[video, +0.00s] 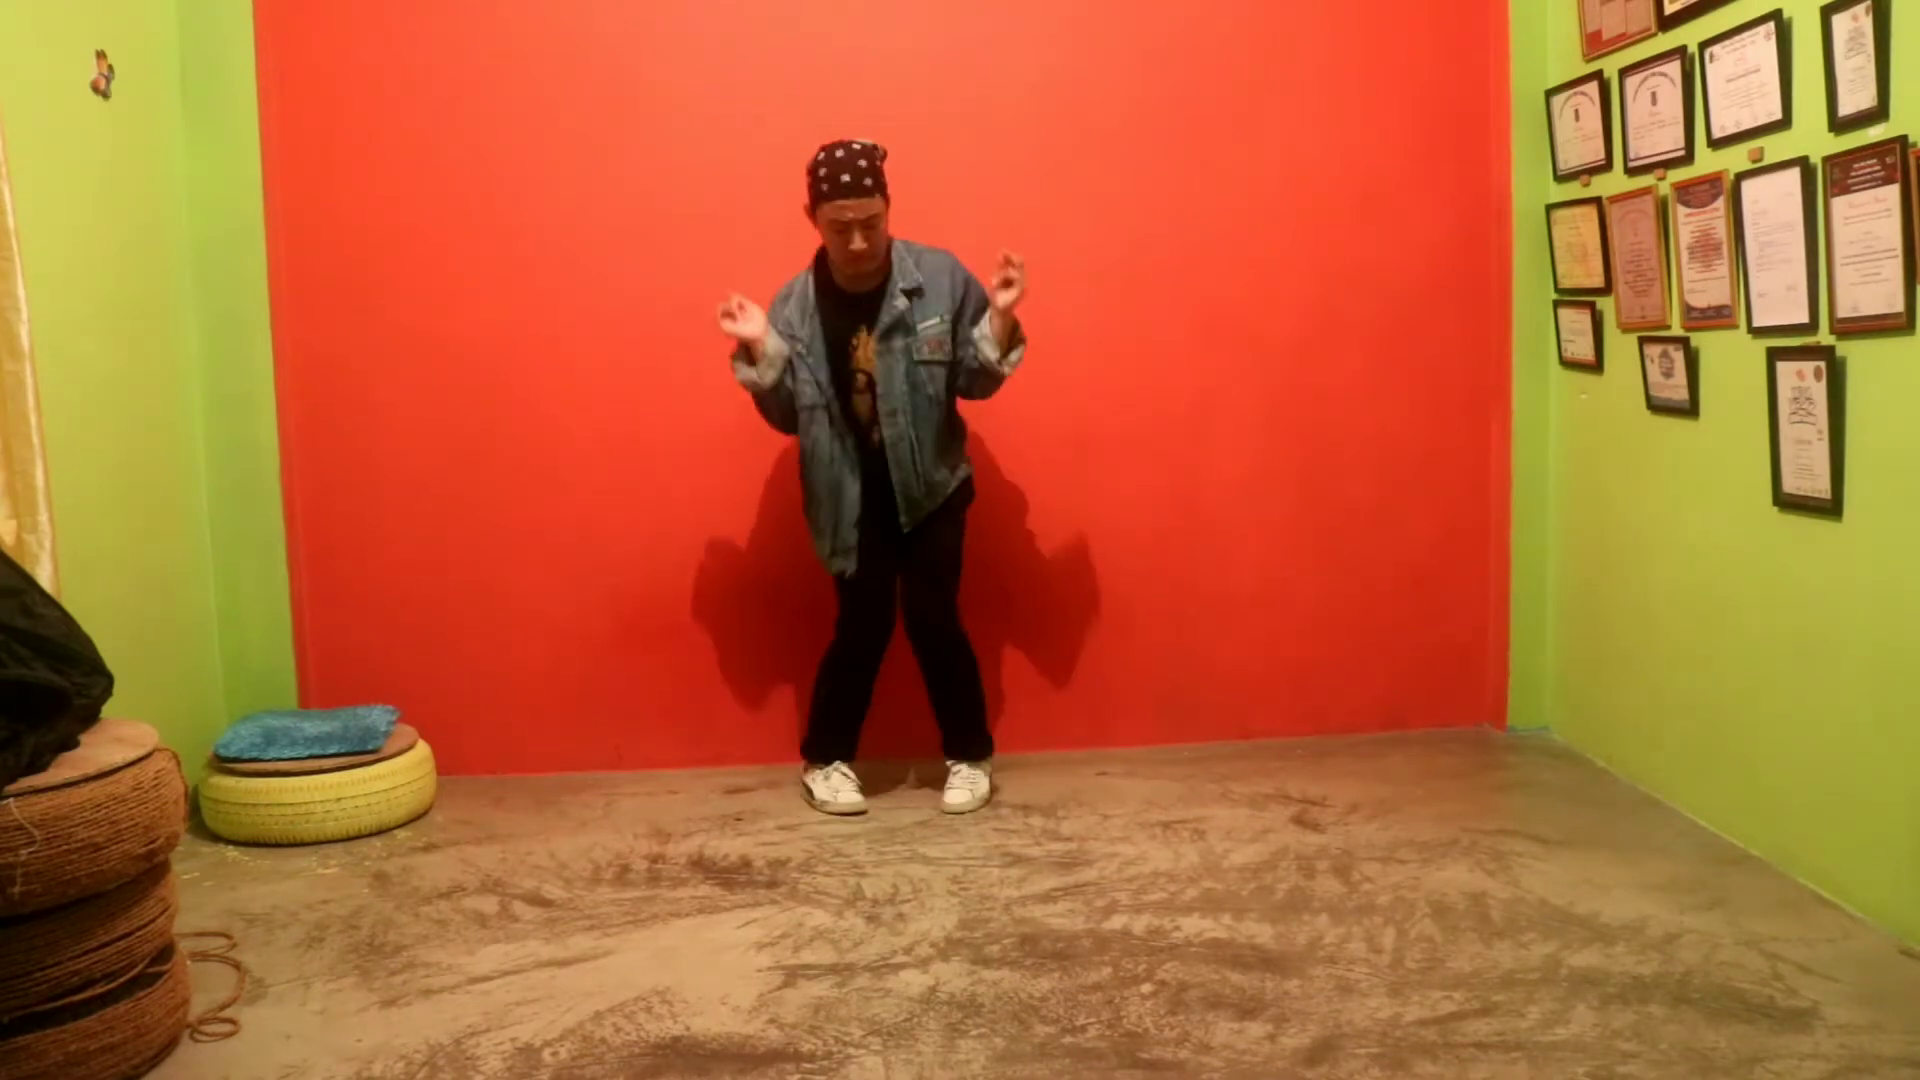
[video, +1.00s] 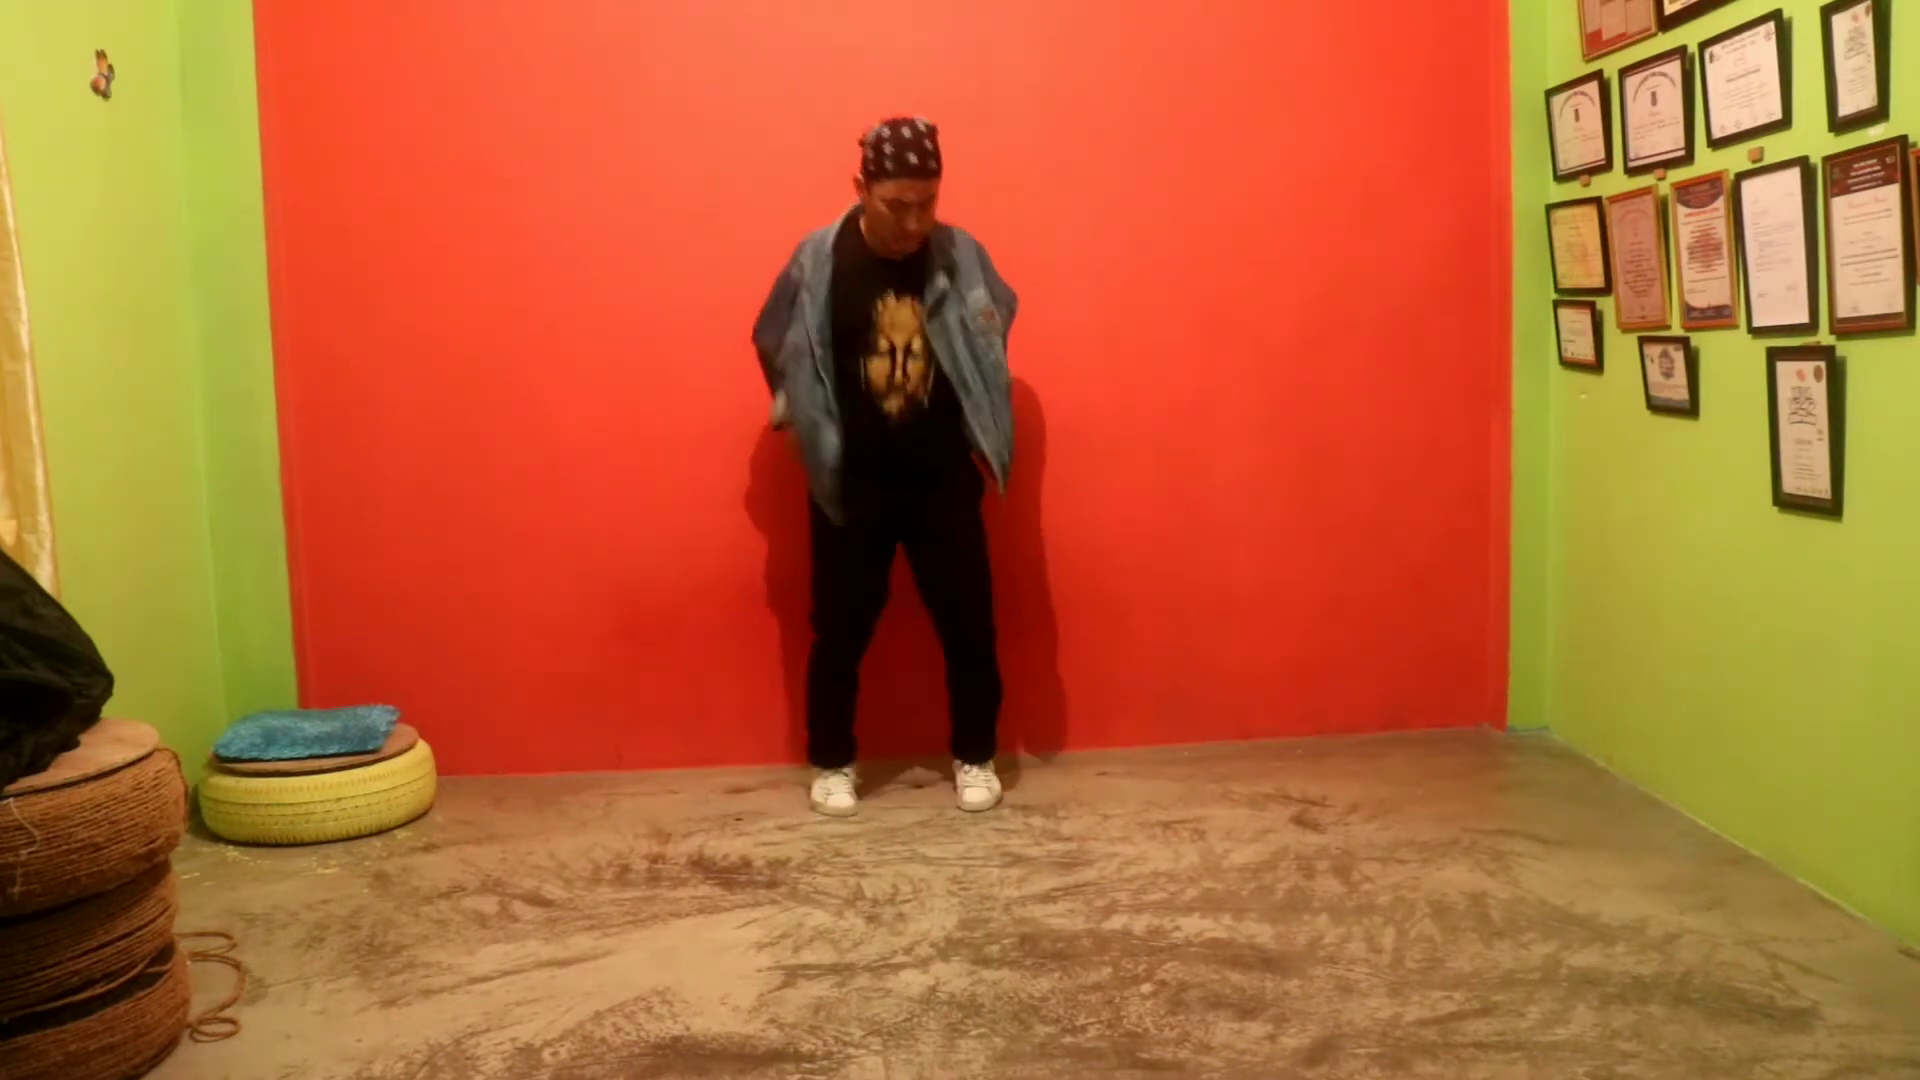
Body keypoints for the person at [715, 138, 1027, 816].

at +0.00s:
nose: (856, 241)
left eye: (868, 224)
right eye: (841, 227)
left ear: (889, 212)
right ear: (817, 223)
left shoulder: (940, 277)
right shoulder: (794, 307)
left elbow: (971, 383)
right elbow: (790, 419)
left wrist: (1000, 321)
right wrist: (760, 352)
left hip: (932, 484)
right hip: (851, 492)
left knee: (932, 617)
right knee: (863, 622)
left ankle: (968, 760)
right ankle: (827, 762)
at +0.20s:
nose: (894, 276)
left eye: (905, 260)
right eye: (879, 263)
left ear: (919, 244)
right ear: (846, 248)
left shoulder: (944, 275)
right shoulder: (799, 300)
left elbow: (978, 384)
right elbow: (766, 400)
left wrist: (972, 367)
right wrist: (784, 388)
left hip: (934, 485)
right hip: (850, 491)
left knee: (943, 622)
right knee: (861, 627)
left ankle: (968, 761)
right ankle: (827, 764)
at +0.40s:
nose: (930, 279)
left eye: (942, 264)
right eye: (915, 265)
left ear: (957, 249)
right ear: (884, 244)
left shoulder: (964, 280)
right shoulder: (834, 270)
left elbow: (966, 363)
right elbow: (809, 355)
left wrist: (952, 445)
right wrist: (833, 443)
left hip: (923, 466)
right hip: (844, 464)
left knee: (947, 613)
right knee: (840, 615)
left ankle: (973, 759)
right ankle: (820, 760)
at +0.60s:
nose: (952, 260)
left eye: (964, 244)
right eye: (937, 245)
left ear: (977, 231)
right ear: (902, 228)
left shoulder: (985, 289)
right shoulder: (851, 286)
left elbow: (999, 380)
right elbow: (810, 384)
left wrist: (994, 461)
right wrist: (789, 479)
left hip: (929, 493)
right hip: (836, 495)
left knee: (1000, 600)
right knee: (764, 609)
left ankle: (994, 745)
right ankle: (789, 756)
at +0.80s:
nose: (945, 242)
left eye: (955, 226)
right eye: (931, 227)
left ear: (967, 215)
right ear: (893, 212)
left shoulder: (974, 278)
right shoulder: (822, 281)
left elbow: (1017, 329)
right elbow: (765, 359)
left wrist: (997, 400)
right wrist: (780, 445)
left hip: (937, 476)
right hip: (848, 478)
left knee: (961, 612)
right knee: (847, 617)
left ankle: (979, 751)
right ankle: (819, 760)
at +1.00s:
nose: (911, 220)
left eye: (922, 205)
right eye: (896, 205)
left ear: (938, 194)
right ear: (864, 191)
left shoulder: (960, 256)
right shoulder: (817, 258)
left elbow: (999, 314)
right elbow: (772, 338)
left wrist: (979, 413)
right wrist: (801, 411)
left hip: (943, 474)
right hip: (850, 477)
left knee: (967, 620)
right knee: (841, 626)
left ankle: (975, 759)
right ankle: (833, 765)